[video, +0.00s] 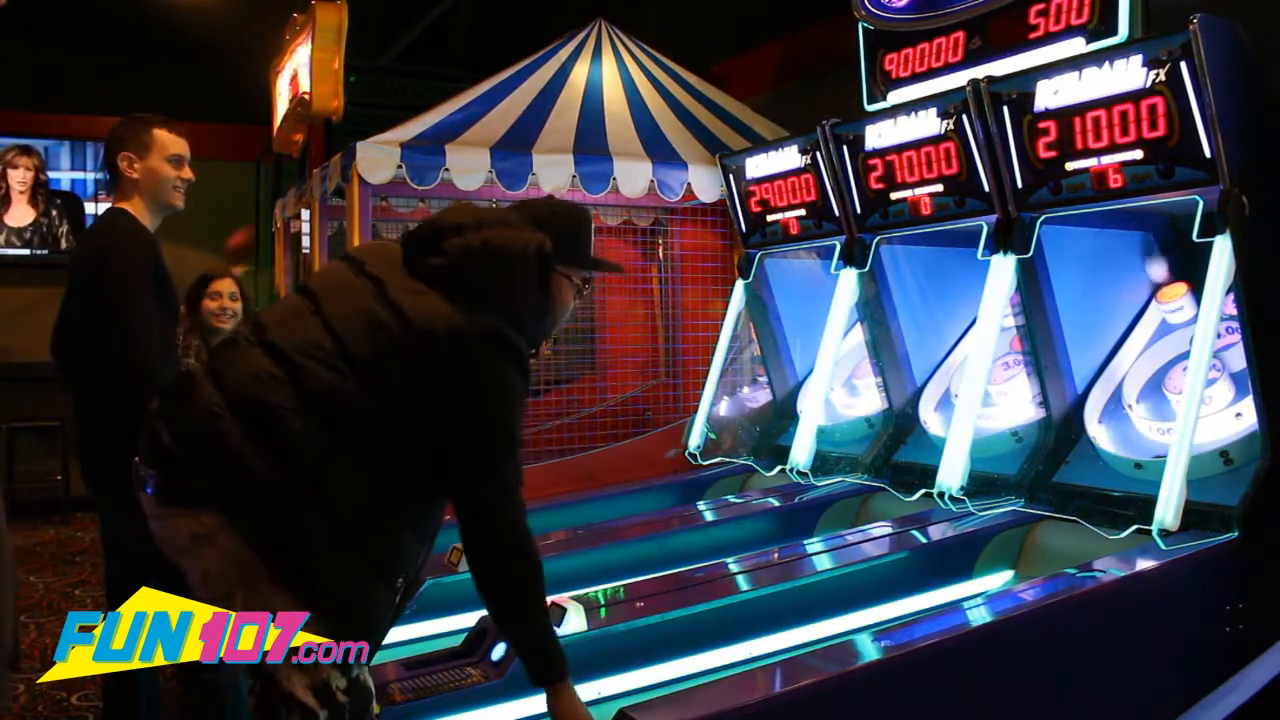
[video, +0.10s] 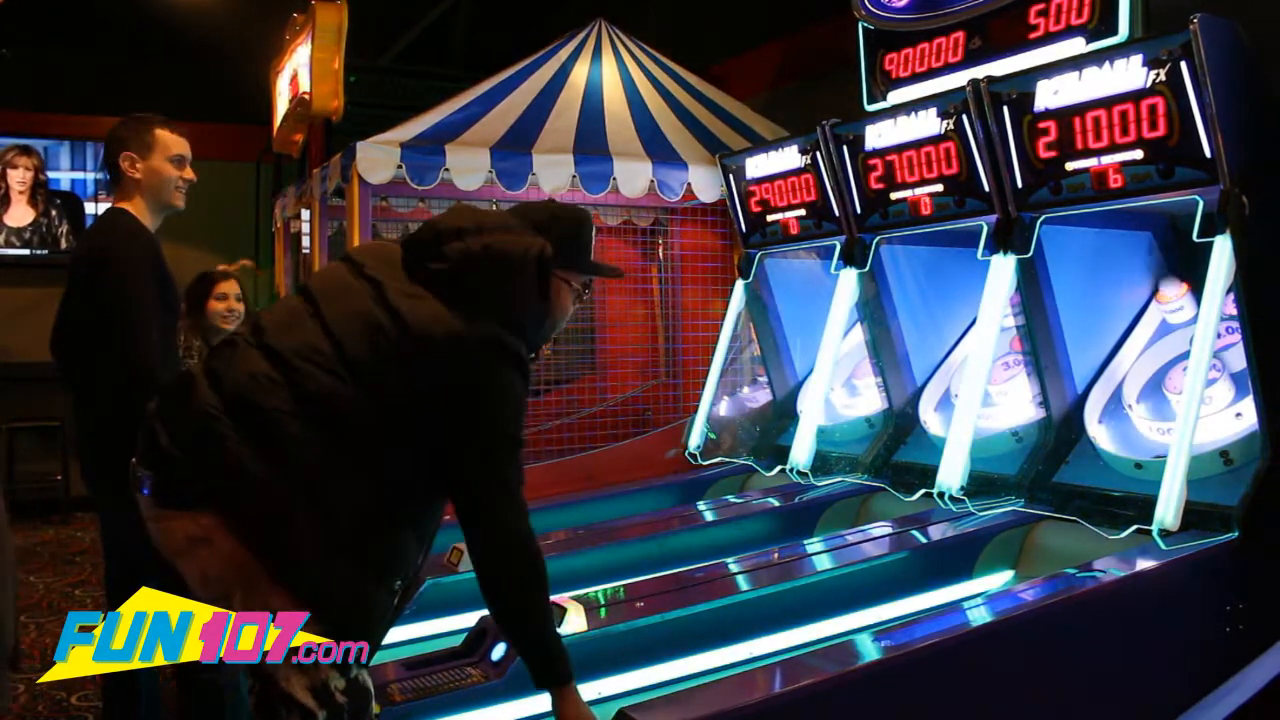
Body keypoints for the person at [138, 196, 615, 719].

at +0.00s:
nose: (576, 302)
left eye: (580, 286)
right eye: (572, 282)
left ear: (500, 257)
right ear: (534, 271)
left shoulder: (386, 262)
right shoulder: (481, 346)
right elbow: (497, 532)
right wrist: (557, 683)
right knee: (317, 693)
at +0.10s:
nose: (575, 309)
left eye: (580, 292)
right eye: (572, 289)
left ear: (498, 257)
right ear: (535, 279)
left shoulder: (384, 262)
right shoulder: (483, 352)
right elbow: (501, 536)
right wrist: (561, 685)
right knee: (326, 691)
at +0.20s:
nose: (573, 308)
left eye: (579, 291)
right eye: (572, 289)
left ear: (498, 255)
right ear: (538, 280)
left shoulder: (384, 261)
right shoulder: (478, 347)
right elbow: (495, 532)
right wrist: (560, 683)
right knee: (326, 693)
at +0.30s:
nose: (570, 302)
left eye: (575, 285)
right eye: (568, 282)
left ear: (495, 256)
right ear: (529, 270)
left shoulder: (379, 263)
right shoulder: (476, 342)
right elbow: (479, 526)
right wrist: (550, 675)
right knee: (322, 693)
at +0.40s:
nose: (567, 295)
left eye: (571, 279)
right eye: (563, 275)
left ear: (494, 253)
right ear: (522, 263)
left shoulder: (373, 262)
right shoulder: (469, 338)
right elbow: (453, 518)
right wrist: (527, 658)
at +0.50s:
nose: (564, 292)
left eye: (568, 276)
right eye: (559, 272)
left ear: (496, 252)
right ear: (518, 260)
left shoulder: (373, 261)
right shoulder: (467, 332)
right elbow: (425, 503)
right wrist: (479, 656)